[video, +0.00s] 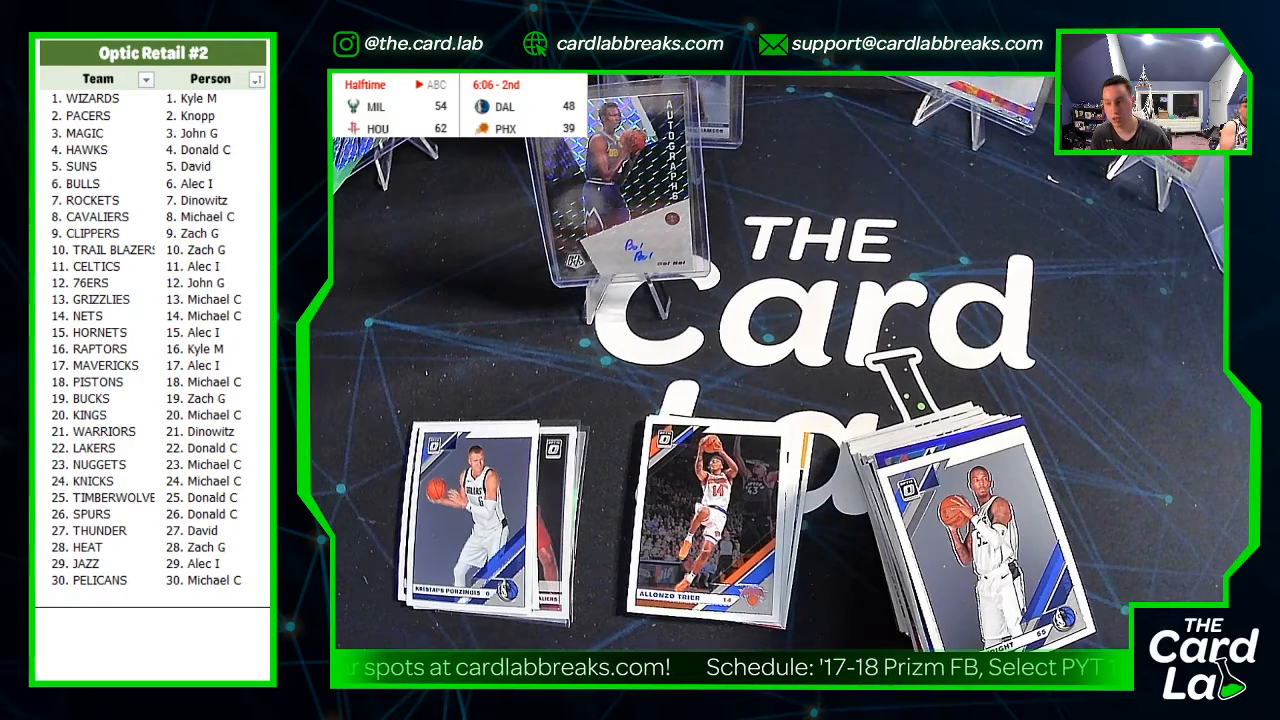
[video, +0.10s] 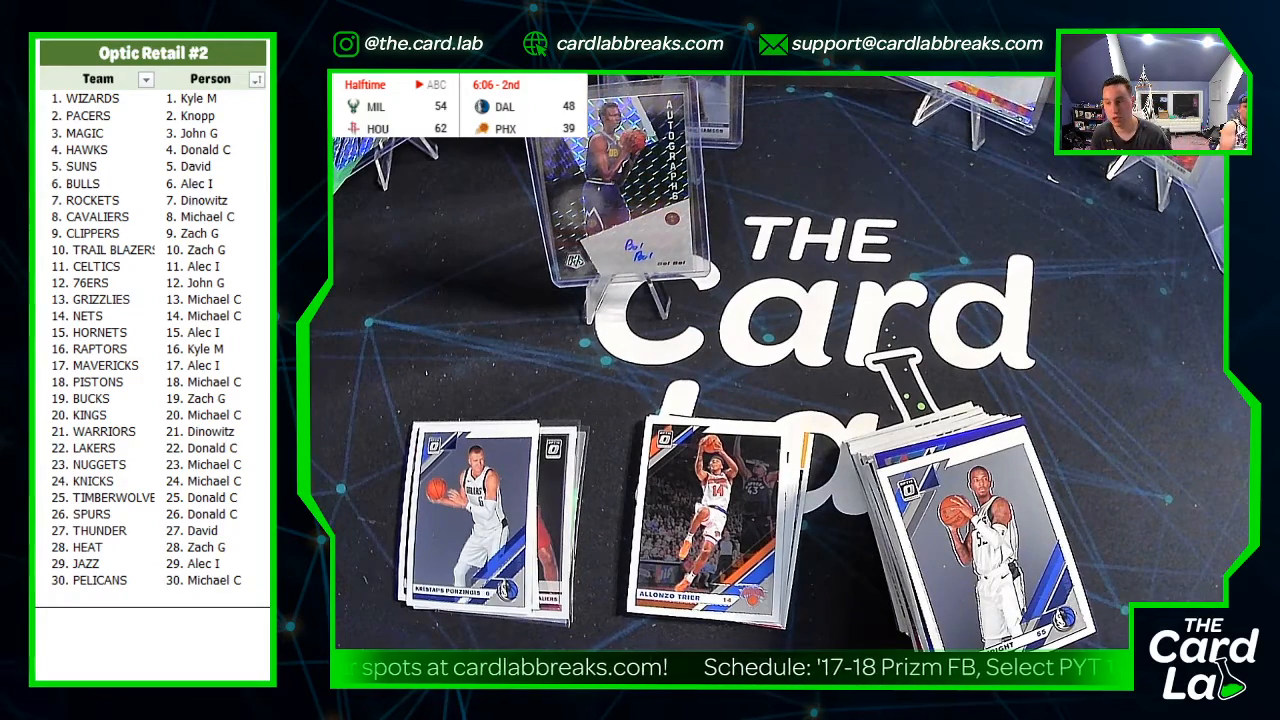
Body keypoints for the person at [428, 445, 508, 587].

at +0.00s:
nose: (480, 463)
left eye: (482, 460)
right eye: (475, 460)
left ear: (484, 459)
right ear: (469, 461)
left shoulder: (491, 477)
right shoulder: (464, 476)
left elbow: (488, 512)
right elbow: (463, 503)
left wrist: (465, 504)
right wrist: (439, 500)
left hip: (497, 531)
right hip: (478, 531)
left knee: (494, 572)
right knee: (459, 571)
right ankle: (460, 606)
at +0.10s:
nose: (480, 463)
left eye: (482, 460)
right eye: (475, 460)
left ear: (484, 459)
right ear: (469, 461)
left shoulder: (491, 477)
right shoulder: (464, 476)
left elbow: (488, 512)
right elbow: (463, 503)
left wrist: (465, 504)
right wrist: (439, 500)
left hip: (497, 531)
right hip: (478, 531)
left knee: (494, 572)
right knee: (459, 571)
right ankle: (460, 606)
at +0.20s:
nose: (480, 463)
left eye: (482, 460)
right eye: (475, 460)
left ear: (484, 459)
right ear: (469, 461)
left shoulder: (491, 477)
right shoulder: (464, 476)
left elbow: (488, 512)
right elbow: (463, 503)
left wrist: (465, 504)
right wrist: (439, 500)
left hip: (496, 531)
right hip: (478, 531)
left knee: (494, 572)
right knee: (459, 571)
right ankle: (460, 606)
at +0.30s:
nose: (480, 463)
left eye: (482, 460)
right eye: (475, 460)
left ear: (484, 459)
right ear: (469, 461)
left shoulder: (491, 477)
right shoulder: (464, 476)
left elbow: (488, 512)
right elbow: (463, 503)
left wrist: (465, 504)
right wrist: (439, 500)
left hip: (496, 531)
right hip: (478, 531)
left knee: (494, 572)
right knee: (459, 571)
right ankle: (460, 606)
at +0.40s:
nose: (480, 463)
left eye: (482, 460)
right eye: (475, 460)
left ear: (484, 459)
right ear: (469, 461)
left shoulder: (491, 477)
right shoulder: (464, 476)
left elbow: (488, 512)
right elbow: (463, 503)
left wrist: (465, 504)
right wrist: (439, 500)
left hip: (496, 531)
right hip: (478, 531)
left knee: (494, 572)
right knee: (459, 571)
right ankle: (460, 606)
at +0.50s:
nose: (480, 463)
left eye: (482, 460)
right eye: (475, 460)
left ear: (484, 459)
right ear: (469, 461)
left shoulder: (491, 477)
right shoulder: (464, 476)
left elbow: (488, 512)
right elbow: (463, 503)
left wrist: (465, 504)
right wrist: (439, 500)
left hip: (496, 531)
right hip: (478, 531)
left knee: (494, 572)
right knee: (459, 571)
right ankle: (460, 606)